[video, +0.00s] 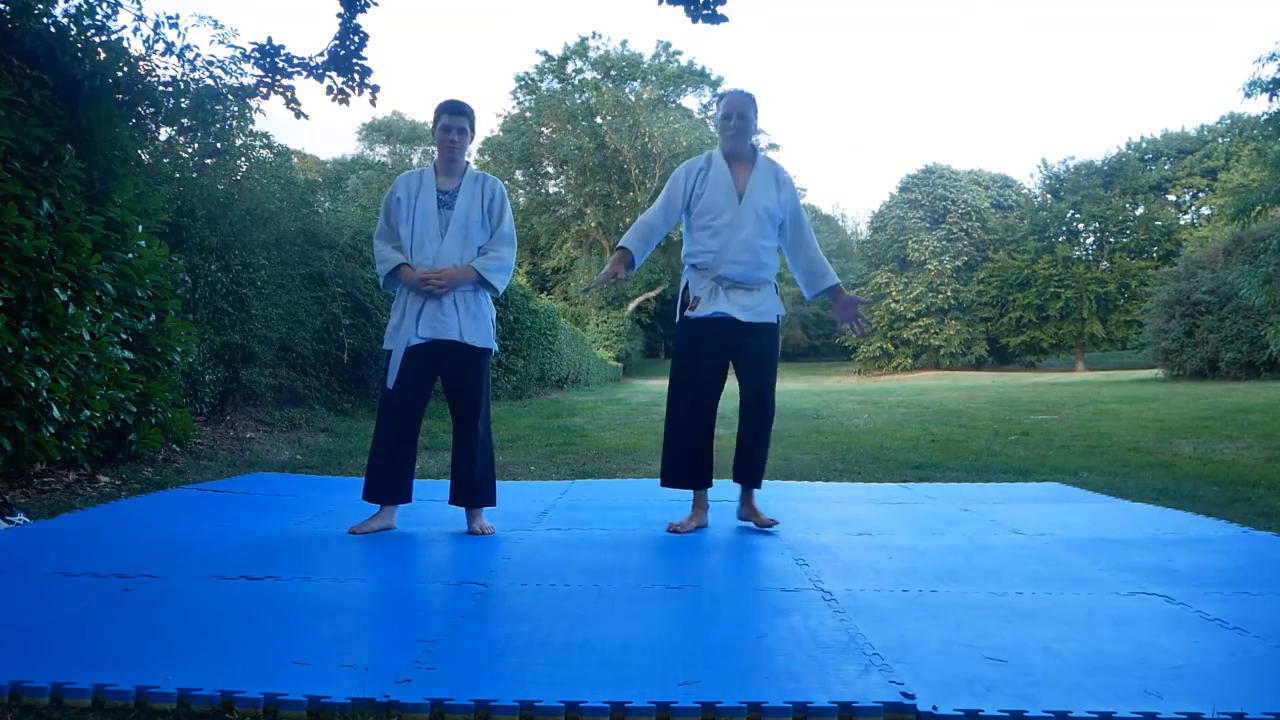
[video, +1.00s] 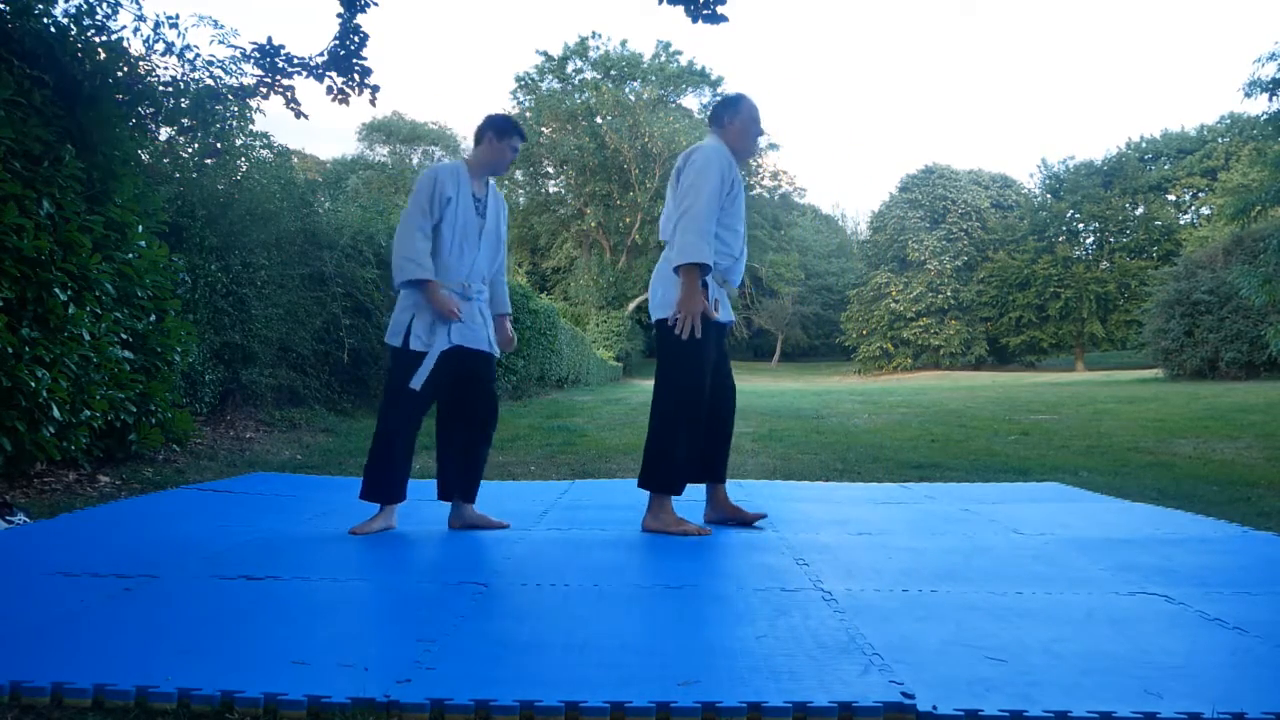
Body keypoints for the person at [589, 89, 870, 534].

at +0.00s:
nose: (732, 124)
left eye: (741, 117)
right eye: (726, 117)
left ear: (756, 124)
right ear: (716, 124)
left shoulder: (776, 177)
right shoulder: (694, 172)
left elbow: (801, 239)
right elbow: (657, 218)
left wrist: (834, 292)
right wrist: (625, 255)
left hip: (759, 303)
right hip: (703, 301)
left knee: (759, 406)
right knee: (696, 405)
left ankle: (748, 501)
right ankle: (699, 506)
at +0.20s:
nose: (741, 123)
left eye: (748, 117)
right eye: (734, 116)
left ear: (759, 126)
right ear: (720, 124)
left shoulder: (772, 182)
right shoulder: (700, 169)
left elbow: (789, 248)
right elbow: (665, 210)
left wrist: (815, 303)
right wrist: (638, 247)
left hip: (756, 301)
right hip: (705, 296)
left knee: (748, 404)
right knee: (699, 401)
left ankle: (721, 503)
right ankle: (699, 505)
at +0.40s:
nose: (756, 124)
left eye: (762, 118)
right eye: (749, 116)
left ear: (767, 129)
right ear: (727, 124)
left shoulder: (769, 187)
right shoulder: (708, 166)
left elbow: (774, 254)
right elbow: (678, 213)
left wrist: (779, 312)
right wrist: (661, 258)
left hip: (752, 304)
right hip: (707, 297)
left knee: (744, 403)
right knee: (703, 400)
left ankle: (721, 505)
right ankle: (692, 505)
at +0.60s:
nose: (768, 133)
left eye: (771, 127)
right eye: (762, 123)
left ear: (762, 132)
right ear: (735, 123)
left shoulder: (748, 176)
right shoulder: (714, 161)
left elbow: (746, 239)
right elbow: (690, 215)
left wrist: (753, 297)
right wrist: (681, 267)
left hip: (742, 300)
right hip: (709, 293)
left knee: (739, 403)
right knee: (700, 398)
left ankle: (720, 503)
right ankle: (665, 501)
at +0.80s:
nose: (766, 139)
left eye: (767, 132)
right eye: (761, 129)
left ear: (741, 126)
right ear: (736, 124)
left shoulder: (737, 171)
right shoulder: (715, 158)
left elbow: (719, 233)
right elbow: (694, 222)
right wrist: (691, 285)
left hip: (728, 302)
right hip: (700, 298)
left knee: (731, 404)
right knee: (689, 402)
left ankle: (720, 503)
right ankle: (660, 508)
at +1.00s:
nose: (759, 135)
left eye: (759, 127)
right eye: (754, 125)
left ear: (729, 123)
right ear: (729, 122)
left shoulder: (723, 164)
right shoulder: (710, 155)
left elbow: (697, 228)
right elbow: (695, 221)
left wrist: (713, 291)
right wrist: (691, 287)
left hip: (708, 301)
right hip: (690, 299)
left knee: (719, 401)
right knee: (679, 402)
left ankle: (718, 501)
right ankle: (659, 509)